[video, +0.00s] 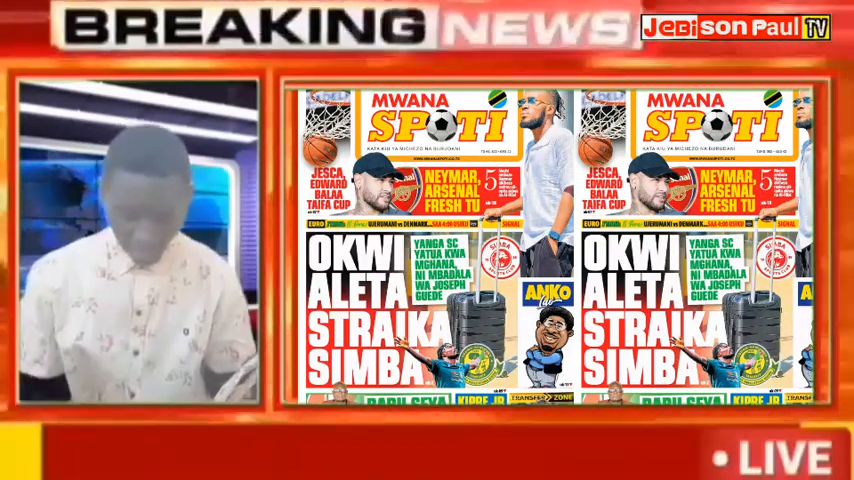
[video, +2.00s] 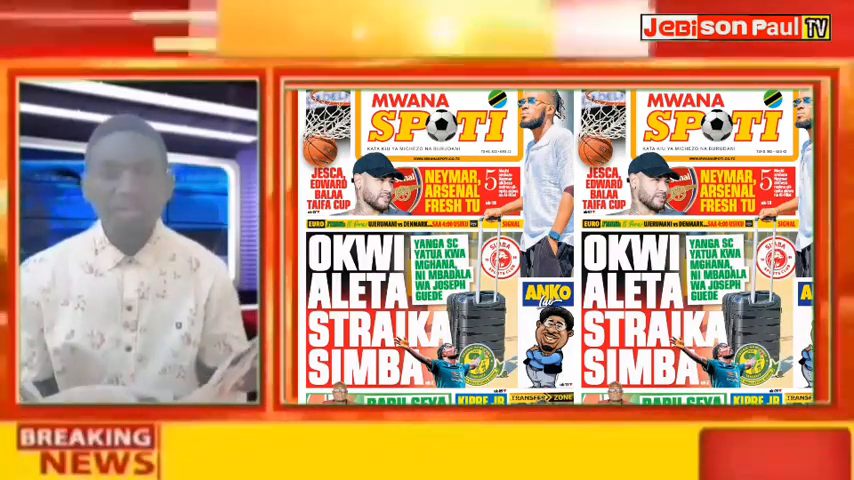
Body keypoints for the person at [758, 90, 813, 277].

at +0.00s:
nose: (799, 107)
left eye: (806, 101)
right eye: (797, 103)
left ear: (820, 107)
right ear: (794, 110)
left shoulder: (826, 148)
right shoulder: (806, 149)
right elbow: (804, 196)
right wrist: (777, 211)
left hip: (819, 239)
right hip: (804, 239)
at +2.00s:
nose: (799, 107)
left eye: (807, 101)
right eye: (797, 102)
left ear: (820, 106)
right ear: (794, 110)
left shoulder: (826, 147)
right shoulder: (806, 149)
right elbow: (805, 196)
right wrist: (777, 211)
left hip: (819, 240)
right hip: (804, 240)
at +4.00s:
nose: (799, 107)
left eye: (806, 101)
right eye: (797, 103)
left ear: (820, 107)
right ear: (794, 110)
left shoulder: (826, 148)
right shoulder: (806, 149)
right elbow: (805, 196)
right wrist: (777, 211)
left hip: (819, 239)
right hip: (804, 239)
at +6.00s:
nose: (799, 107)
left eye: (807, 101)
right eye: (797, 102)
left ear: (820, 107)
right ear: (794, 109)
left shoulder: (827, 148)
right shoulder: (806, 149)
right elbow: (805, 196)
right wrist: (777, 211)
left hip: (820, 239)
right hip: (804, 239)